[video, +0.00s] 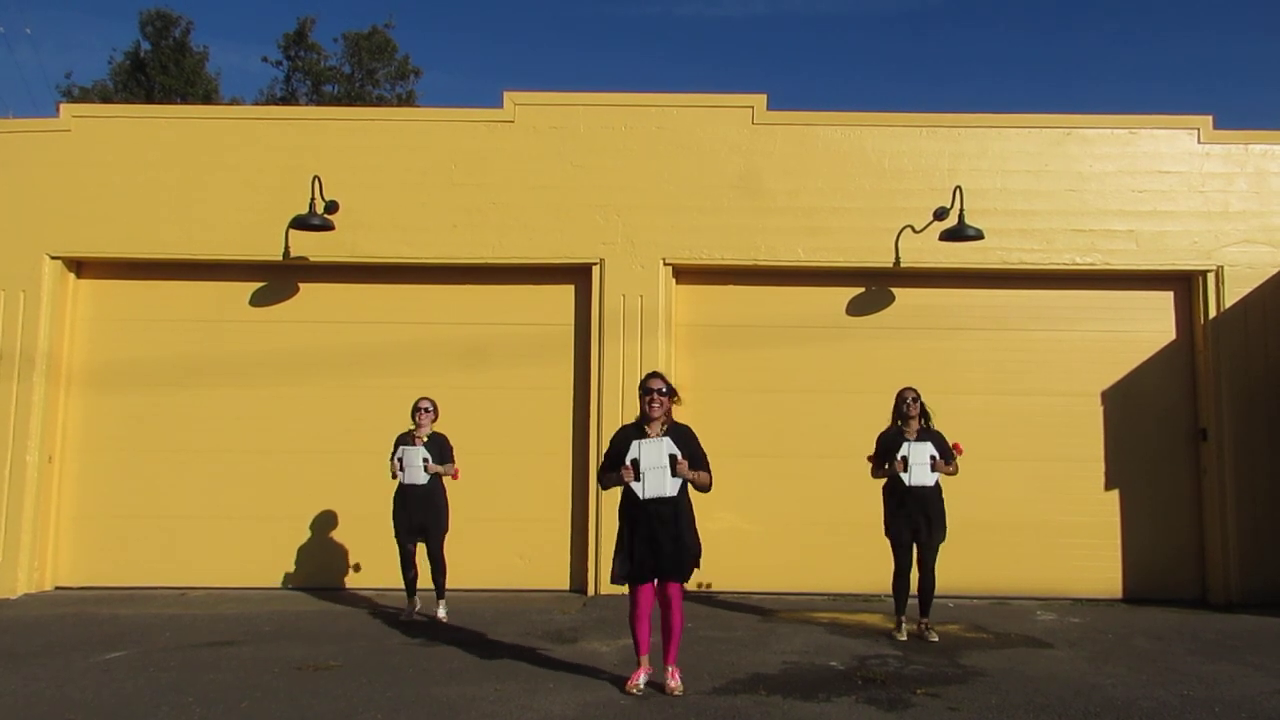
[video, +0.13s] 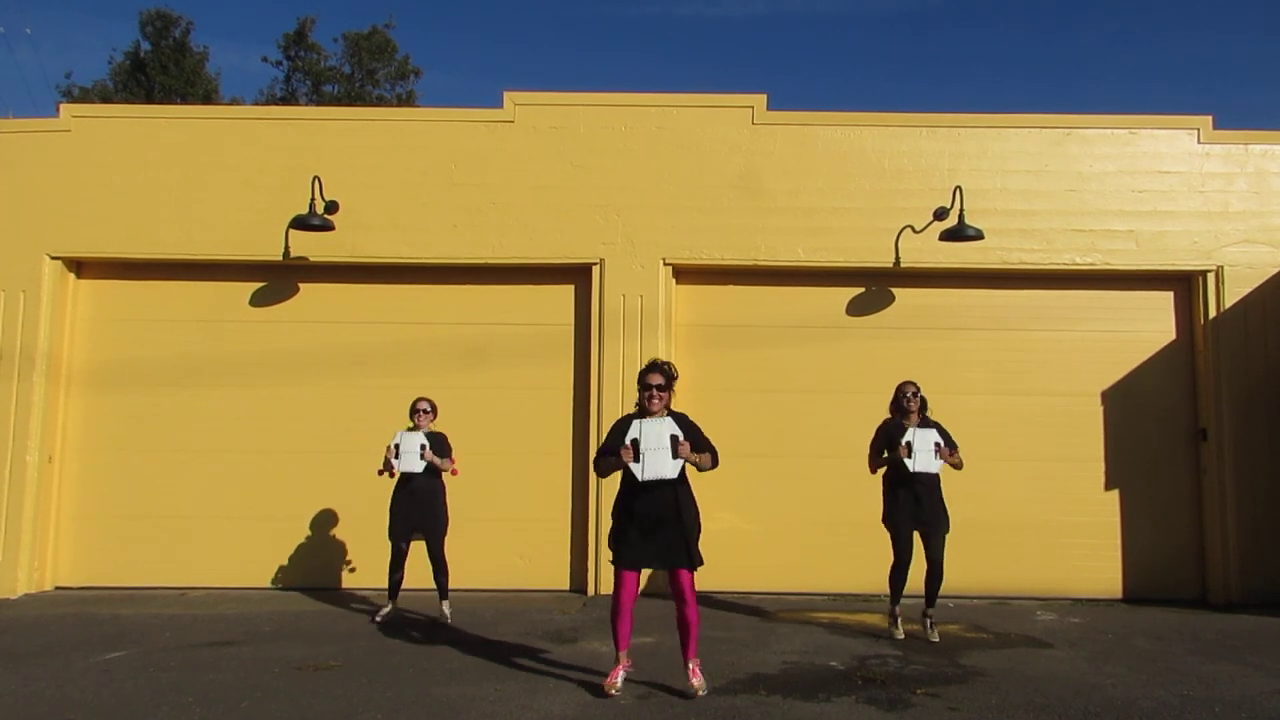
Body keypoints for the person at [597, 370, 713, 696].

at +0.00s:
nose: (654, 398)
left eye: (661, 393)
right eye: (648, 393)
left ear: (670, 399)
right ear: (640, 398)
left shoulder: (683, 434)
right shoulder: (625, 436)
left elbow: (706, 482)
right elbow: (603, 479)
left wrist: (689, 473)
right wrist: (620, 476)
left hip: (676, 530)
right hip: (638, 530)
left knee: (671, 594)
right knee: (641, 595)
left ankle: (671, 668)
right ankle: (643, 667)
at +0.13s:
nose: (653, 393)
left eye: (660, 388)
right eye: (647, 387)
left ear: (670, 392)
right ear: (639, 390)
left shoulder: (682, 424)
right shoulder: (625, 425)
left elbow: (711, 459)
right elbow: (599, 467)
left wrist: (691, 454)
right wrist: (619, 459)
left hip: (675, 521)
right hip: (632, 522)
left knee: (685, 595)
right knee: (623, 595)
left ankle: (692, 666)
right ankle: (621, 662)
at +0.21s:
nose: (653, 406)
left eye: (659, 400)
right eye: (647, 400)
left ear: (670, 401)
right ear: (638, 402)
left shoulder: (679, 433)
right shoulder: (628, 434)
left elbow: (696, 459)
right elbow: (611, 466)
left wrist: (691, 456)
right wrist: (622, 455)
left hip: (674, 529)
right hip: (632, 529)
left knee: (689, 605)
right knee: (615, 605)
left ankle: (712, 679)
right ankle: (600, 675)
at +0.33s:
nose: (651, 408)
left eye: (657, 403)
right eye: (644, 403)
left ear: (667, 406)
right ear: (637, 406)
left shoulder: (677, 438)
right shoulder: (626, 439)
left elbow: (692, 476)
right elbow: (612, 472)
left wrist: (689, 457)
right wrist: (622, 455)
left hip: (673, 535)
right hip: (631, 535)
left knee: (688, 606)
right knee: (618, 605)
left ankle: (712, 681)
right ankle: (600, 677)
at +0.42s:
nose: (650, 389)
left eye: (657, 385)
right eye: (645, 384)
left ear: (668, 391)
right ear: (637, 389)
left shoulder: (681, 426)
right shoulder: (623, 426)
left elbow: (701, 477)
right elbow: (602, 474)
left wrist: (689, 456)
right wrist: (622, 458)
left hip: (673, 524)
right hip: (631, 525)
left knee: (685, 599)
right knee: (622, 595)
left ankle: (702, 673)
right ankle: (606, 671)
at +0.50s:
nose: (649, 386)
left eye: (656, 382)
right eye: (644, 381)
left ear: (667, 390)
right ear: (636, 387)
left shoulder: (681, 425)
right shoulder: (619, 427)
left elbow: (701, 475)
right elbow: (601, 476)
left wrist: (686, 465)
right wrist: (618, 467)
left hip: (674, 524)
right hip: (632, 524)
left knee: (678, 597)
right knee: (627, 596)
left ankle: (685, 668)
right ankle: (618, 667)